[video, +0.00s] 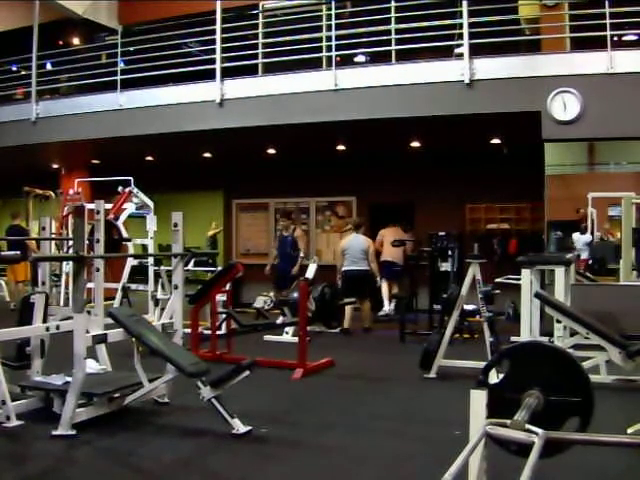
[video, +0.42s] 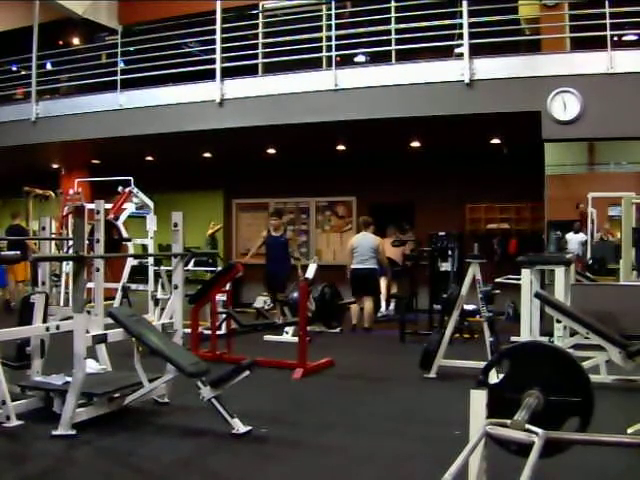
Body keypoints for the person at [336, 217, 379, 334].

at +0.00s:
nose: (364, 229)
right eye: (363, 228)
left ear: (352, 228)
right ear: (362, 228)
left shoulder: (344, 242)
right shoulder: (368, 241)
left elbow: (339, 261)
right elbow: (372, 261)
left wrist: (338, 274)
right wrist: (377, 275)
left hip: (348, 272)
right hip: (364, 272)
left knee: (349, 301)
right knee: (365, 300)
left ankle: (346, 326)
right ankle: (367, 324)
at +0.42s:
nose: (373, 228)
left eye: (372, 226)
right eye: (372, 226)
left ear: (360, 226)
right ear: (371, 227)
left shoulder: (353, 240)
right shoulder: (377, 240)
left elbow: (349, 256)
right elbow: (382, 258)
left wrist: (349, 268)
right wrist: (386, 269)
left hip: (356, 269)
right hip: (371, 269)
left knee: (356, 299)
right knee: (369, 298)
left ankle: (354, 322)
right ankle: (367, 324)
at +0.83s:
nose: (373, 229)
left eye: (372, 227)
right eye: (372, 227)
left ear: (361, 227)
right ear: (370, 227)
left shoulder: (354, 241)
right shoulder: (375, 241)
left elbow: (352, 259)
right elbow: (380, 259)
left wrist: (351, 273)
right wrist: (386, 272)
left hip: (358, 269)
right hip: (371, 269)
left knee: (360, 297)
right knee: (369, 297)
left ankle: (363, 321)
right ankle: (367, 323)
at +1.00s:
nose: (373, 228)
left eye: (372, 226)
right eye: (372, 226)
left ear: (361, 227)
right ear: (370, 227)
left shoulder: (354, 240)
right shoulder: (374, 240)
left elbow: (352, 258)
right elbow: (378, 257)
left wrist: (351, 271)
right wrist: (384, 270)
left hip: (358, 268)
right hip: (370, 268)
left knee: (360, 297)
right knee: (370, 296)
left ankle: (363, 320)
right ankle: (367, 320)